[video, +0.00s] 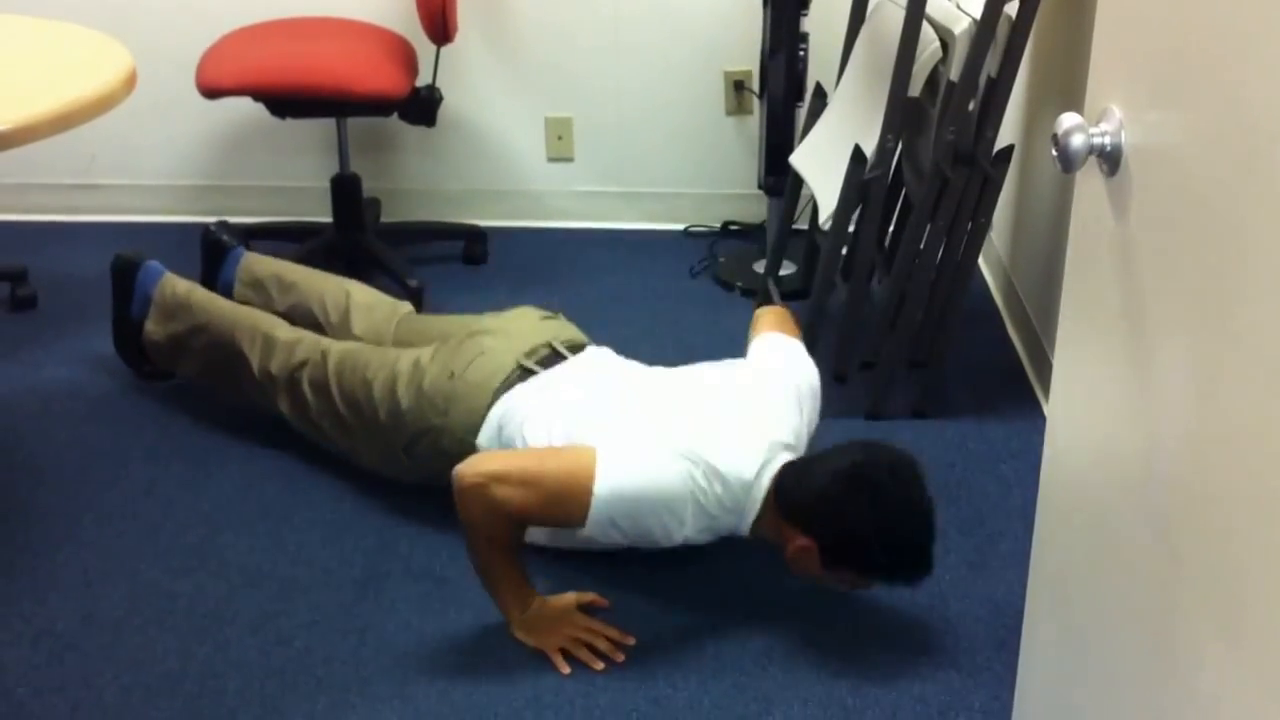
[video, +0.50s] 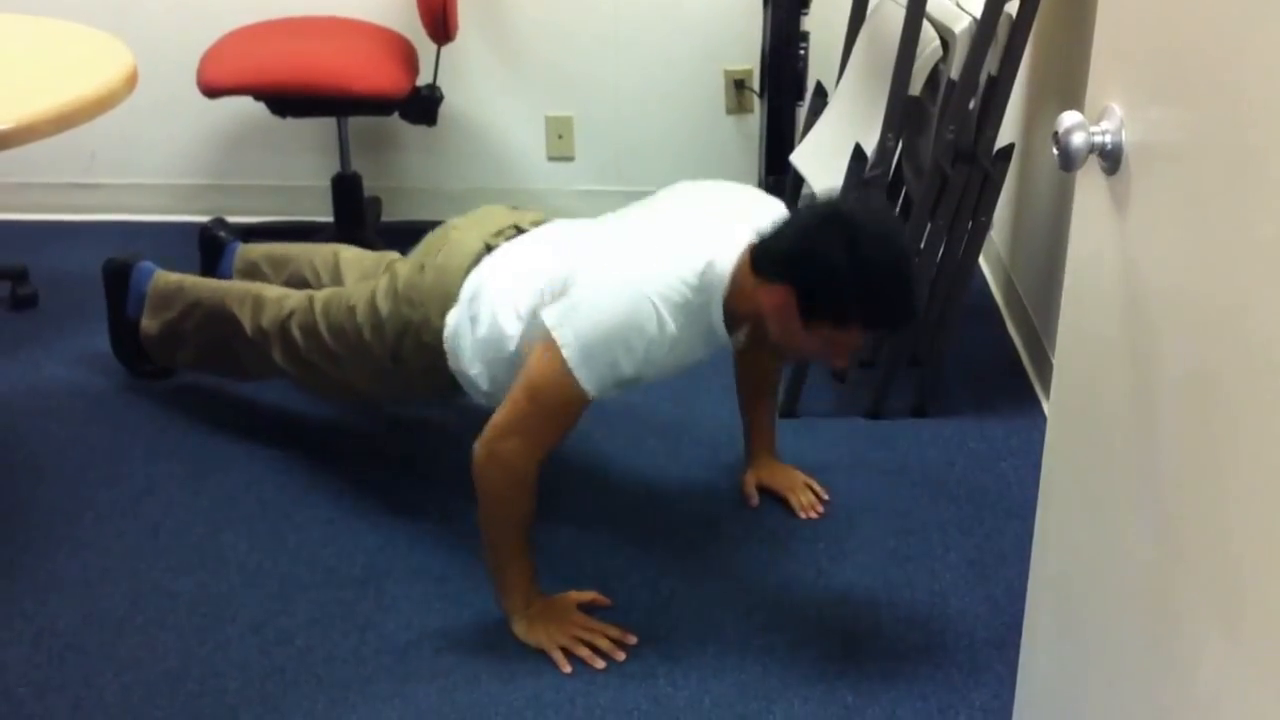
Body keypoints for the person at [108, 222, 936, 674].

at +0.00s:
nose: (834, 580)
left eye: (849, 569)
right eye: (842, 570)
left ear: (850, 463)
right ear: (810, 545)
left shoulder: (794, 392)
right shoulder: (680, 492)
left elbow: (777, 316)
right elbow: (479, 487)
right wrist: (524, 608)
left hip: (551, 340)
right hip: (474, 405)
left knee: (396, 322)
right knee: (299, 369)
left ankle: (247, 265)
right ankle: (161, 310)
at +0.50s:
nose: (835, 363)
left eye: (853, 351)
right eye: (836, 345)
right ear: (784, 306)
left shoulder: (770, 224)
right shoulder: (637, 312)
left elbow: (761, 341)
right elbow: (503, 455)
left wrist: (762, 453)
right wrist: (524, 601)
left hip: (519, 230)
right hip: (458, 307)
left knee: (374, 268)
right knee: (292, 332)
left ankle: (238, 255)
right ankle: (153, 312)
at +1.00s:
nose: (841, 514)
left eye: (858, 505)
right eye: (846, 499)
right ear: (804, 454)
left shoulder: (786, 325)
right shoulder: (664, 434)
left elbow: (714, 328)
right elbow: (472, 485)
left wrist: (763, 453)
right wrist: (526, 608)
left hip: (542, 302)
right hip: (471, 377)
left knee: (391, 306)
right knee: (297, 357)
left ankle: (245, 257)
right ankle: (159, 306)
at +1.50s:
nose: (837, 471)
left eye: (850, 467)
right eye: (843, 460)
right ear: (803, 421)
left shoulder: (785, 295)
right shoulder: (663, 394)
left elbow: (747, 372)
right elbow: (472, 469)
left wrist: (762, 447)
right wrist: (527, 607)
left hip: (536, 288)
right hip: (466, 364)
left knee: (382, 297)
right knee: (296, 353)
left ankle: (246, 257)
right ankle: (158, 307)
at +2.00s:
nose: (838, 395)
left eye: (857, 387)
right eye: (842, 380)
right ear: (791, 340)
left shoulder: (770, 248)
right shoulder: (644, 345)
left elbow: (765, 357)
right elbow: (493, 462)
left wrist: (762, 454)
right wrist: (527, 606)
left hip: (522, 255)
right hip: (462, 325)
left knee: (375, 282)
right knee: (295, 337)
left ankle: (245, 250)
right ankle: (157, 308)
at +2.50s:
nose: (839, 561)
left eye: (854, 552)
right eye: (843, 548)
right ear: (803, 512)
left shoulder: (790, 376)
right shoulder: (678, 472)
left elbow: (780, 309)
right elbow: (478, 487)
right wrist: (528, 606)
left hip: (542, 328)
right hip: (466, 398)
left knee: (388, 313)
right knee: (294, 364)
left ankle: (240, 255)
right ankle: (159, 304)